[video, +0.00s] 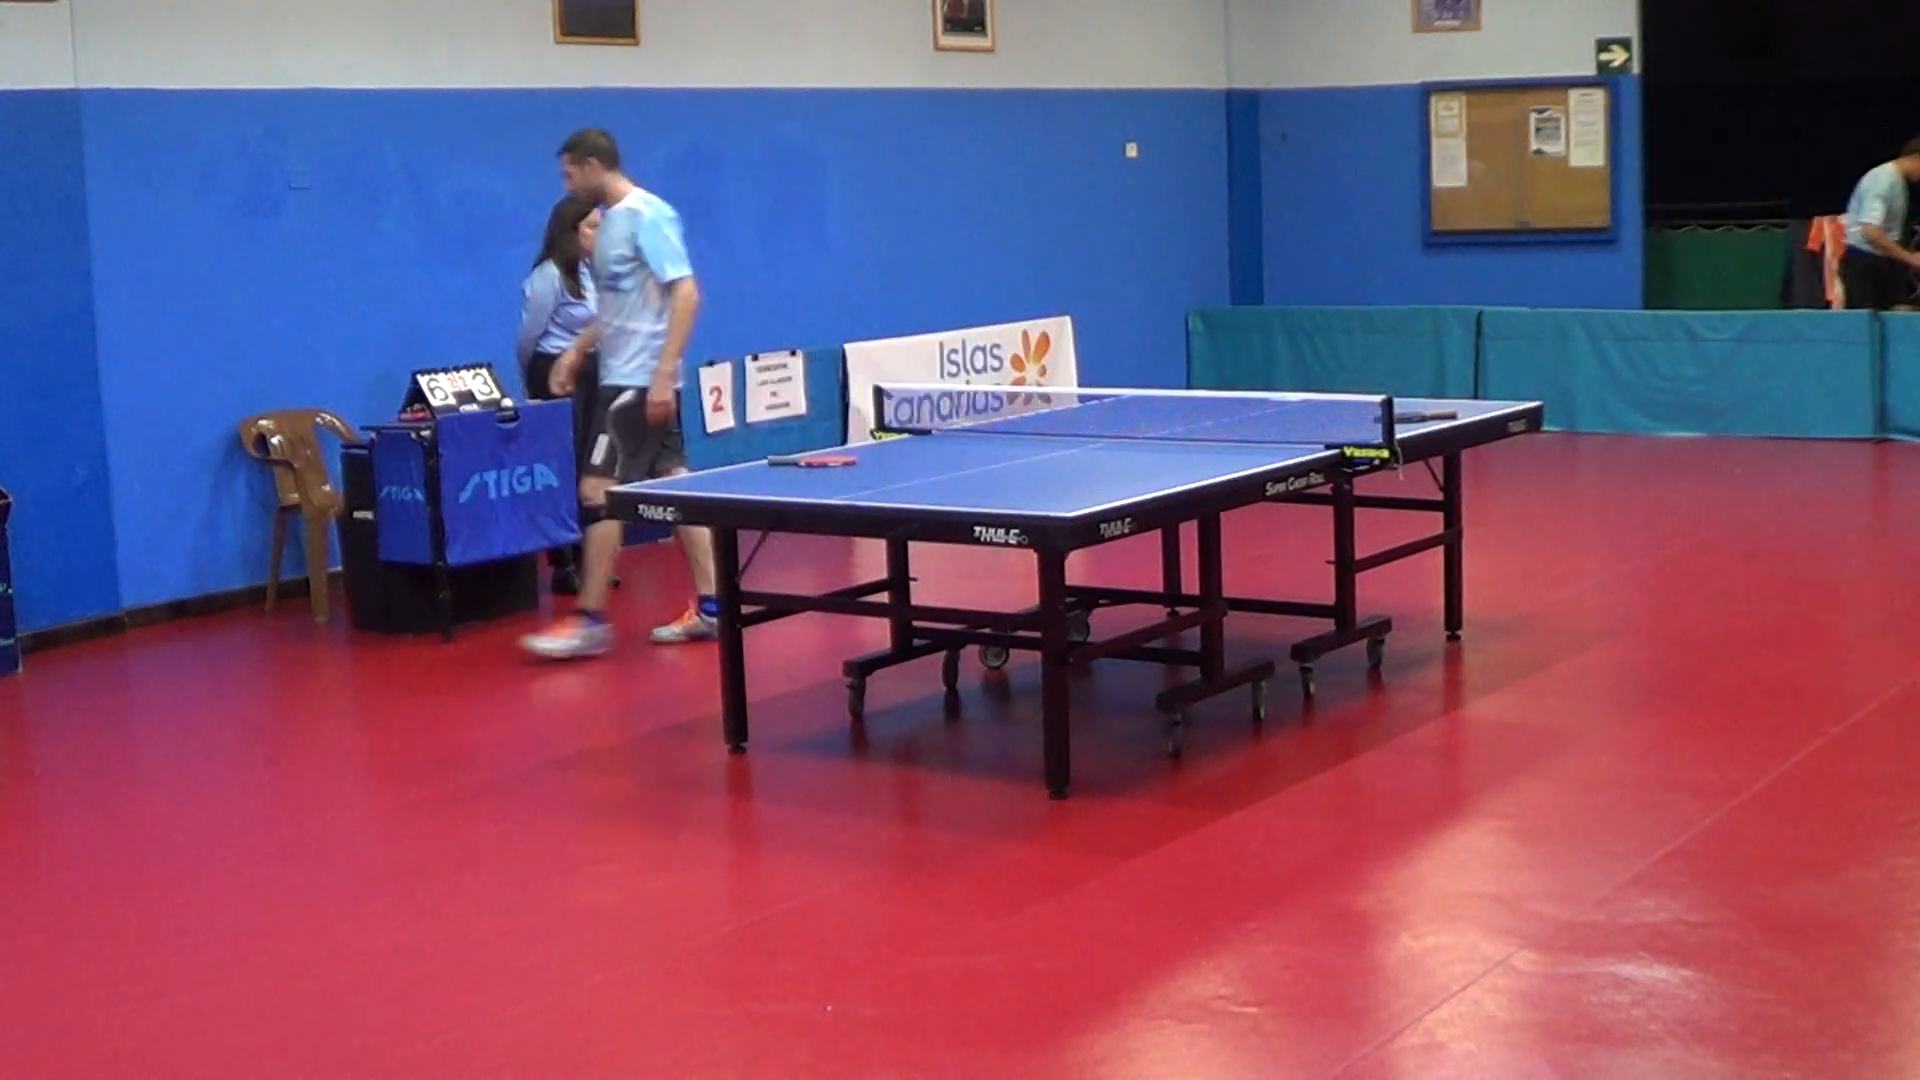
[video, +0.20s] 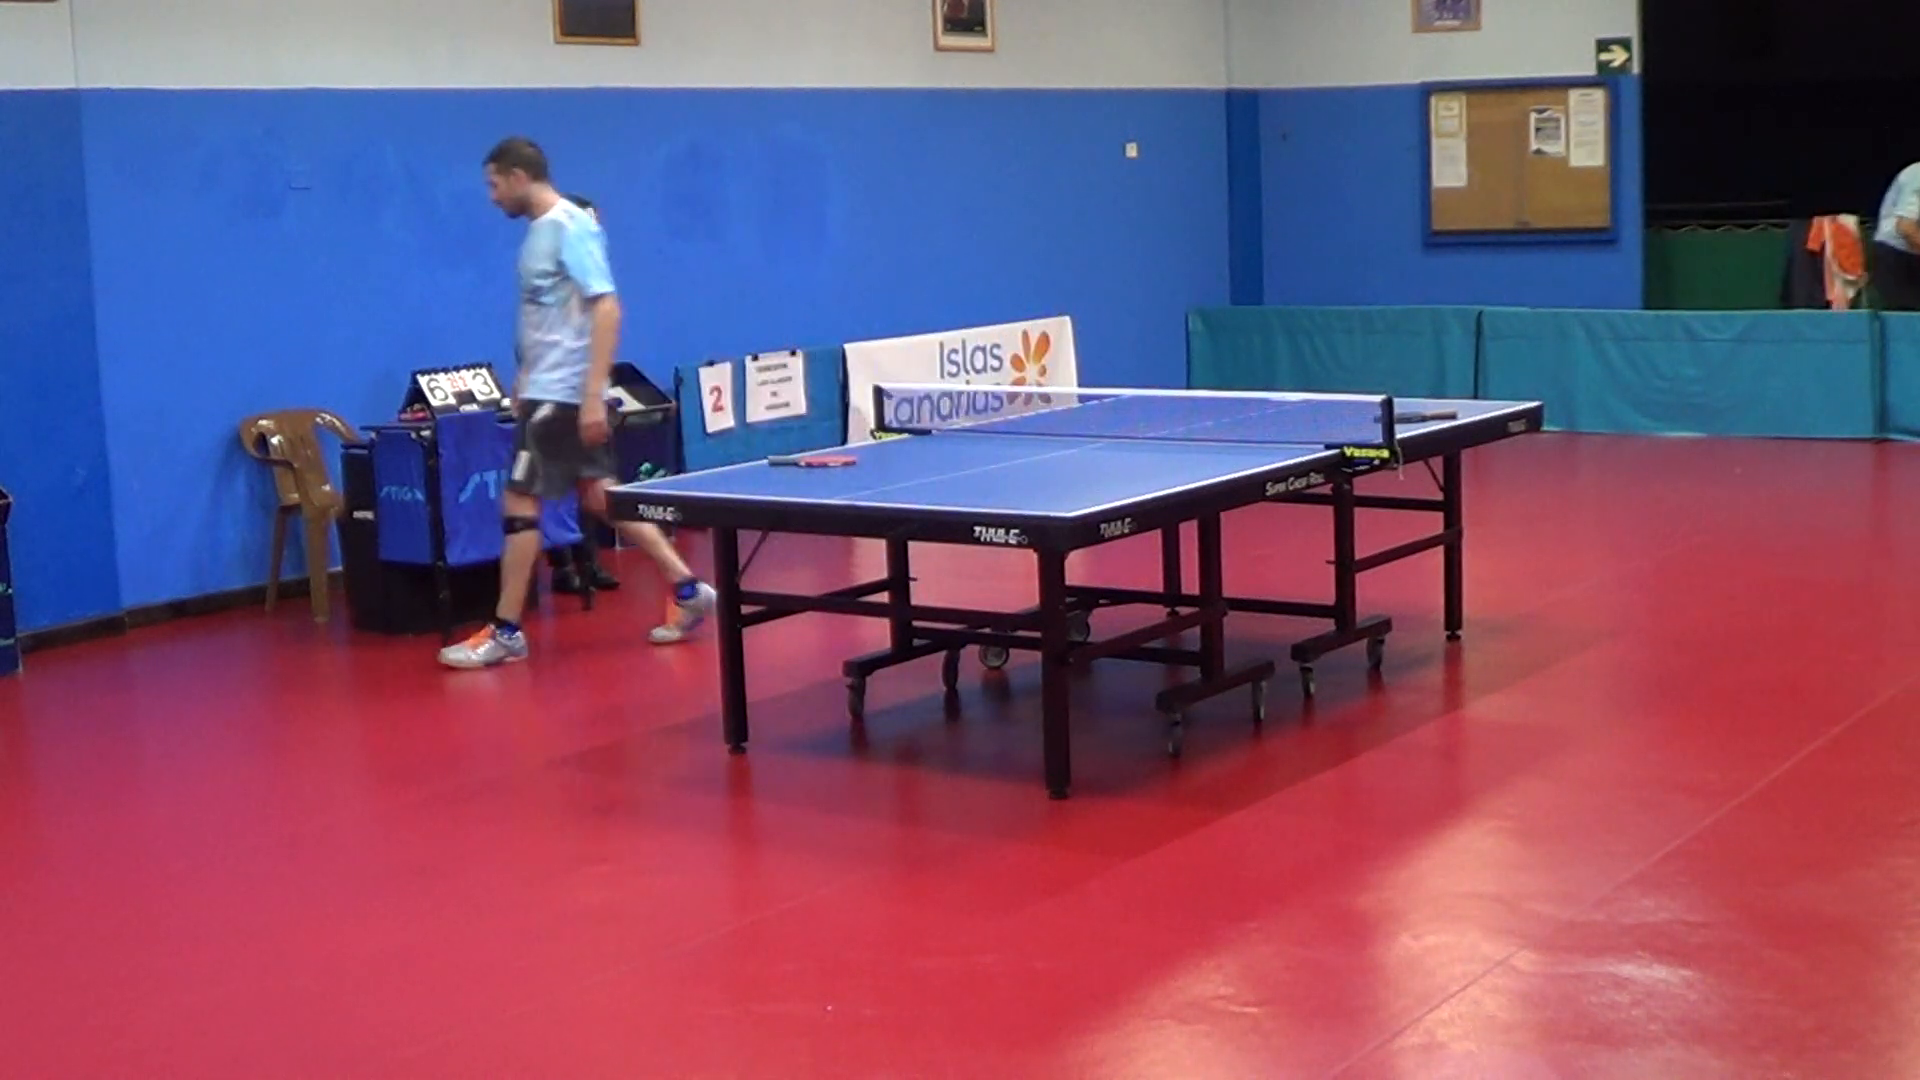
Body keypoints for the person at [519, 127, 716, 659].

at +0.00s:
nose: (568, 185)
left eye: (569, 174)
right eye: (566, 177)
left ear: (593, 166)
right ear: (593, 167)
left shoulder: (647, 214)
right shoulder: (611, 222)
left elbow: (687, 294)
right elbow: (620, 305)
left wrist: (666, 375)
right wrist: (578, 348)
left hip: (641, 381)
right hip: (627, 378)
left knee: (599, 490)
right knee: (681, 491)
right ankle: (712, 606)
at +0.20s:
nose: (492, 196)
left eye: (493, 184)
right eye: (490, 185)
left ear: (518, 177)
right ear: (519, 177)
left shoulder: (569, 225)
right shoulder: (541, 230)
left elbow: (607, 308)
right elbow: (548, 317)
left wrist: (594, 397)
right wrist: (527, 381)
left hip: (563, 396)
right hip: (549, 395)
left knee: (520, 502)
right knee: (602, 499)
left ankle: (506, 629)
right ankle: (688, 588)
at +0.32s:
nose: (447, 187)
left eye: (450, 176)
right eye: (446, 177)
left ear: (475, 170)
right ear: (477, 170)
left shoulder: (521, 222)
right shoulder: (497, 223)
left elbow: (546, 305)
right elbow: (511, 310)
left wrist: (536, 396)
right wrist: (490, 386)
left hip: (515, 390)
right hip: (497, 388)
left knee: (498, 502)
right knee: (506, 500)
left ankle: (504, 630)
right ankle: (613, 565)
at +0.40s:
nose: (419, 181)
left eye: (422, 170)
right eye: (418, 171)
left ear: (447, 167)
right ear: (450, 166)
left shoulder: (488, 220)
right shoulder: (468, 220)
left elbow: (502, 307)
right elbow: (480, 310)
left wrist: (488, 393)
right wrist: (461, 384)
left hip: (493, 388)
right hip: (465, 385)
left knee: (492, 505)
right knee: (444, 489)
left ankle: (504, 629)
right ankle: (547, 568)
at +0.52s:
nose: (376, 183)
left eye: (381, 172)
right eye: (376, 173)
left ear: (404, 171)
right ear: (415, 170)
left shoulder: (437, 224)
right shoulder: (455, 218)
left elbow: (442, 310)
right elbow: (494, 298)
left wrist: (405, 392)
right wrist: (479, 368)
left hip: (454, 393)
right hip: (431, 393)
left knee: (475, 504)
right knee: (387, 486)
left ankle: (503, 628)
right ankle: (435, 611)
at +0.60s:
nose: (348, 189)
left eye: (352, 177)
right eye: (348, 178)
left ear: (374, 175)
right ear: (385, 175)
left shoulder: (405, 229)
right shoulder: (427, 224)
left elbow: (399, 318)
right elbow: (469, 306)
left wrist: (351, 394)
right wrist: (460, 381)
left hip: (428, 399)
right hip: (398, 401)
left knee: (464, 507)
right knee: (370, 499)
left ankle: (502, 628)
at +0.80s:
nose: (275, 195)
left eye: (279, 184)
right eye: (276, 184)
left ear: (300, 183)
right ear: (315, 182)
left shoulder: (326, 239)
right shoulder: (358, 235)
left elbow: (315, 326)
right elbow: (395, 320)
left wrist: (260, 397)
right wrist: (386, 400)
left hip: (341, 410)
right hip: (330, 409)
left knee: (385, 515)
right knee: (311, 514)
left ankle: (474, 612)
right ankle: (283, 638)